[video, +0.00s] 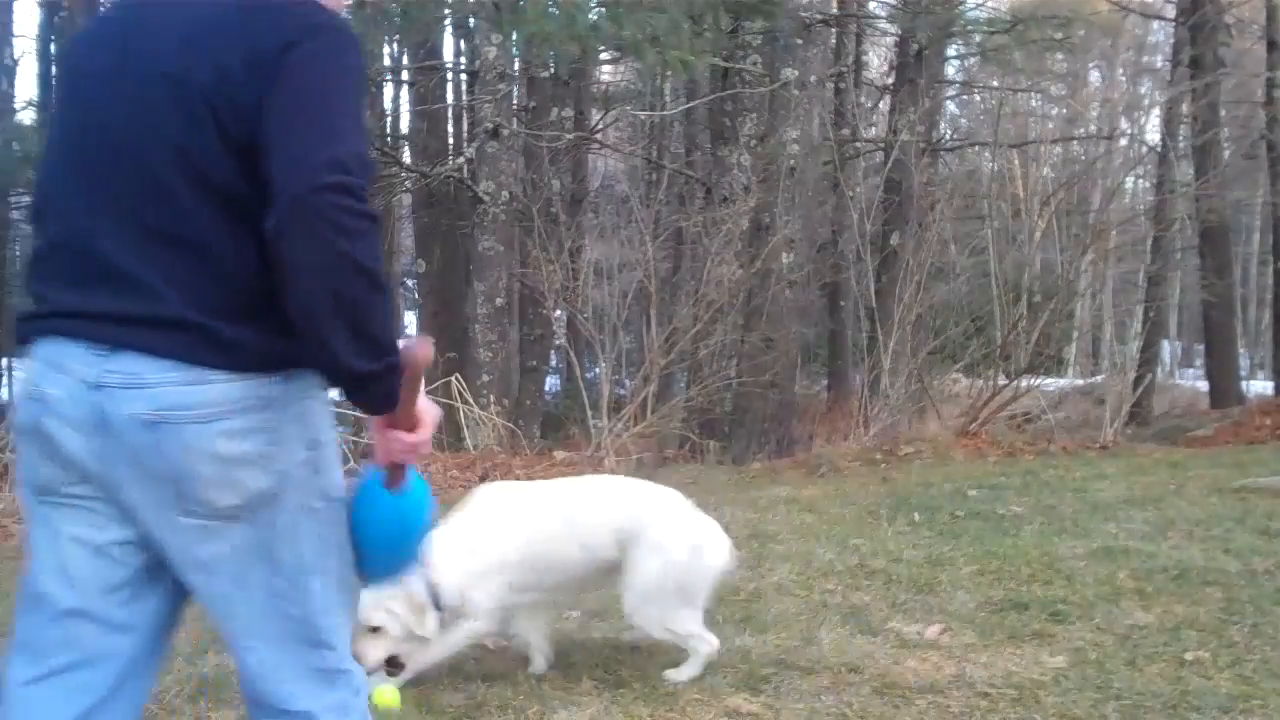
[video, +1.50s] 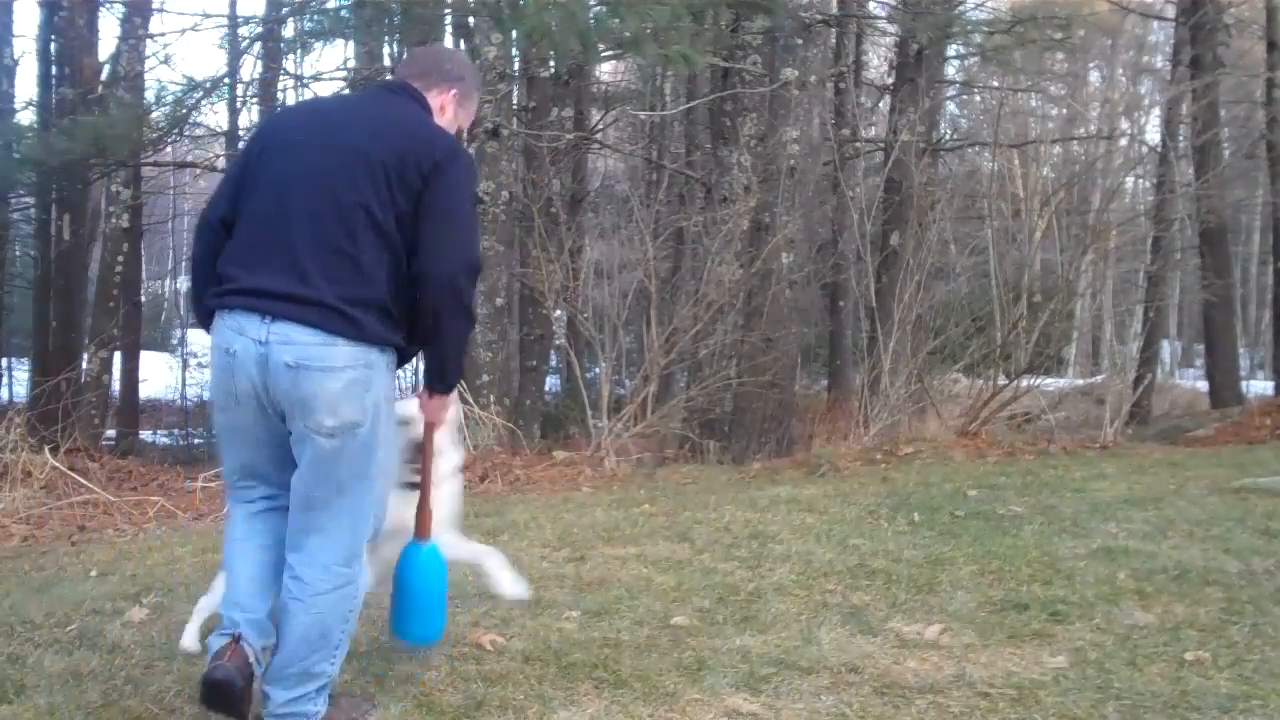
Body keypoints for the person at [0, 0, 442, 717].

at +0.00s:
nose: (348, 5)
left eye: (351, 4)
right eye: (347, 1)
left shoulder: (108, 27)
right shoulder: (307, 35)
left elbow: (63, 210)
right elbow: (318, 214)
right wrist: (383, 382)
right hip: (224, 399)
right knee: (309, 683)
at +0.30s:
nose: (438, 12)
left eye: (439, 7)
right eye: (437, 6)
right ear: (415, 1)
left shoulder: (211, 31)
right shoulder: (427, 48)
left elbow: (123, 176)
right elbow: (469, 214)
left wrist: (167, 302)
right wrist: (482, 376)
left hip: (188, 355)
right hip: (339, 359)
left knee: (206, 588)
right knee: (351, 602)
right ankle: (348, 708)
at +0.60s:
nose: (423, 34)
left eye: (425, 23)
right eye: (427, 22)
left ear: (333, 12)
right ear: (412, 17)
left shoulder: (227, 90)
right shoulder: (434, 92)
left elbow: (159, 233)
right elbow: (498, 242)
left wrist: (216, 336)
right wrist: (479, 377)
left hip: (236, 373)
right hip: (372, 370)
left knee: (259, 597)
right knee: (369, 602)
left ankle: (273, 716)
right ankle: (358, 713)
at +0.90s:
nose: (407, 85)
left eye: (409, 76)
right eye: (410, 75)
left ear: (331, 46)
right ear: (395, 62)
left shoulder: (229, 103)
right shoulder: (409, 121)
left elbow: (157, 235)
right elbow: (448, 269)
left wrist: (196, 337)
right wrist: (437, 381)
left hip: (219, 355)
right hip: (350, 359)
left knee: (241, 582)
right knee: (393, 542)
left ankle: (263, 713)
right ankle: (349, 708)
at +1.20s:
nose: (438, 141)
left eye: (442, 129)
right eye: (443, 126)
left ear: (371, 85)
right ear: (426, 110)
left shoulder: (260, 115)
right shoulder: (427, 170)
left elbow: (170, 221)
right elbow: (431, 312)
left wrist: (165, 332)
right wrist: (415, 424)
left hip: (213, 345)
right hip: (336, 365)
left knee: (235, 570)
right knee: (338, 552)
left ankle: (263, 709)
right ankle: (320, 698)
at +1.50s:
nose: (460, 138)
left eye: (465, 126)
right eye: (465, 123)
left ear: (396, 83)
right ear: (445, 99)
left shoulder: (288, 119)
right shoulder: (439, 152)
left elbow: (213, 225)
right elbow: (447, 271)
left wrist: (218, 317)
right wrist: (441, 385)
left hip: (238, 340)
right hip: (338, 355)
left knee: (254, 498)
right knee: (328, 538)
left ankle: (239, 639)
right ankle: (296, 706)